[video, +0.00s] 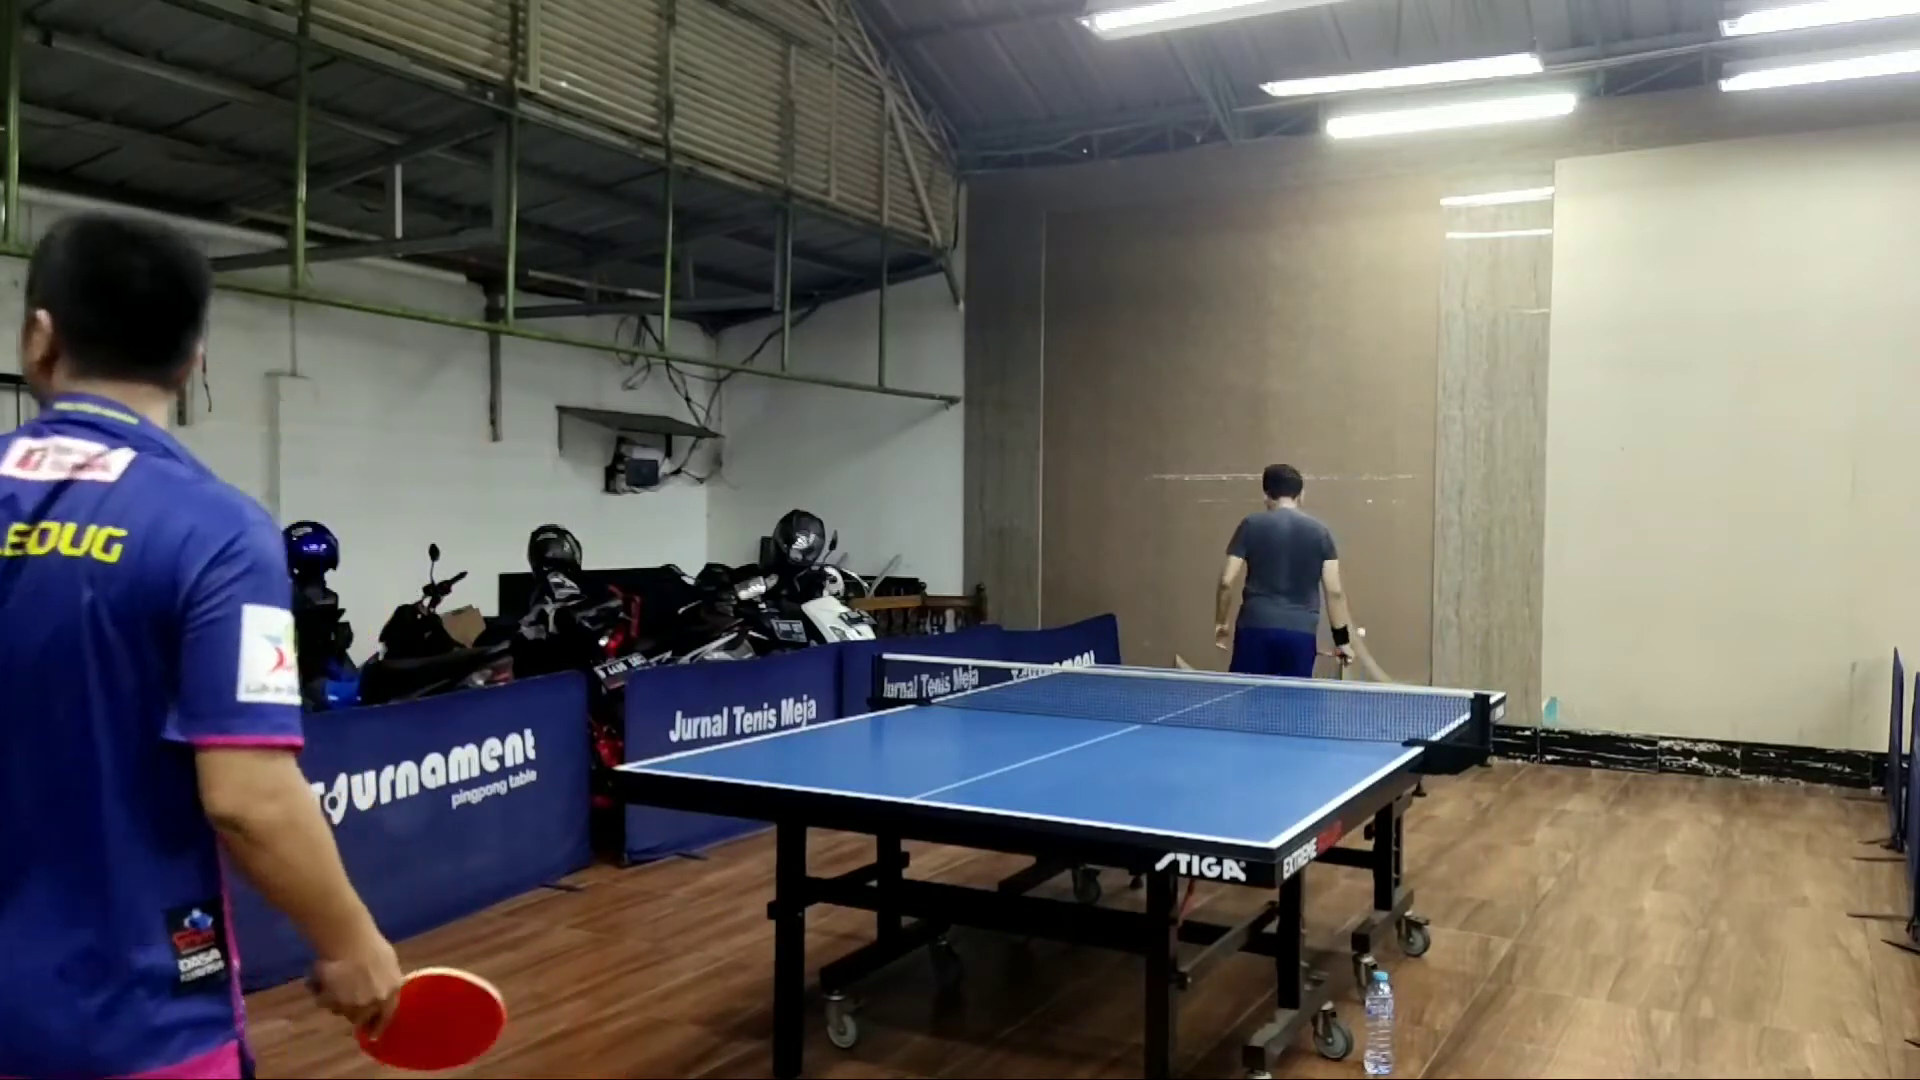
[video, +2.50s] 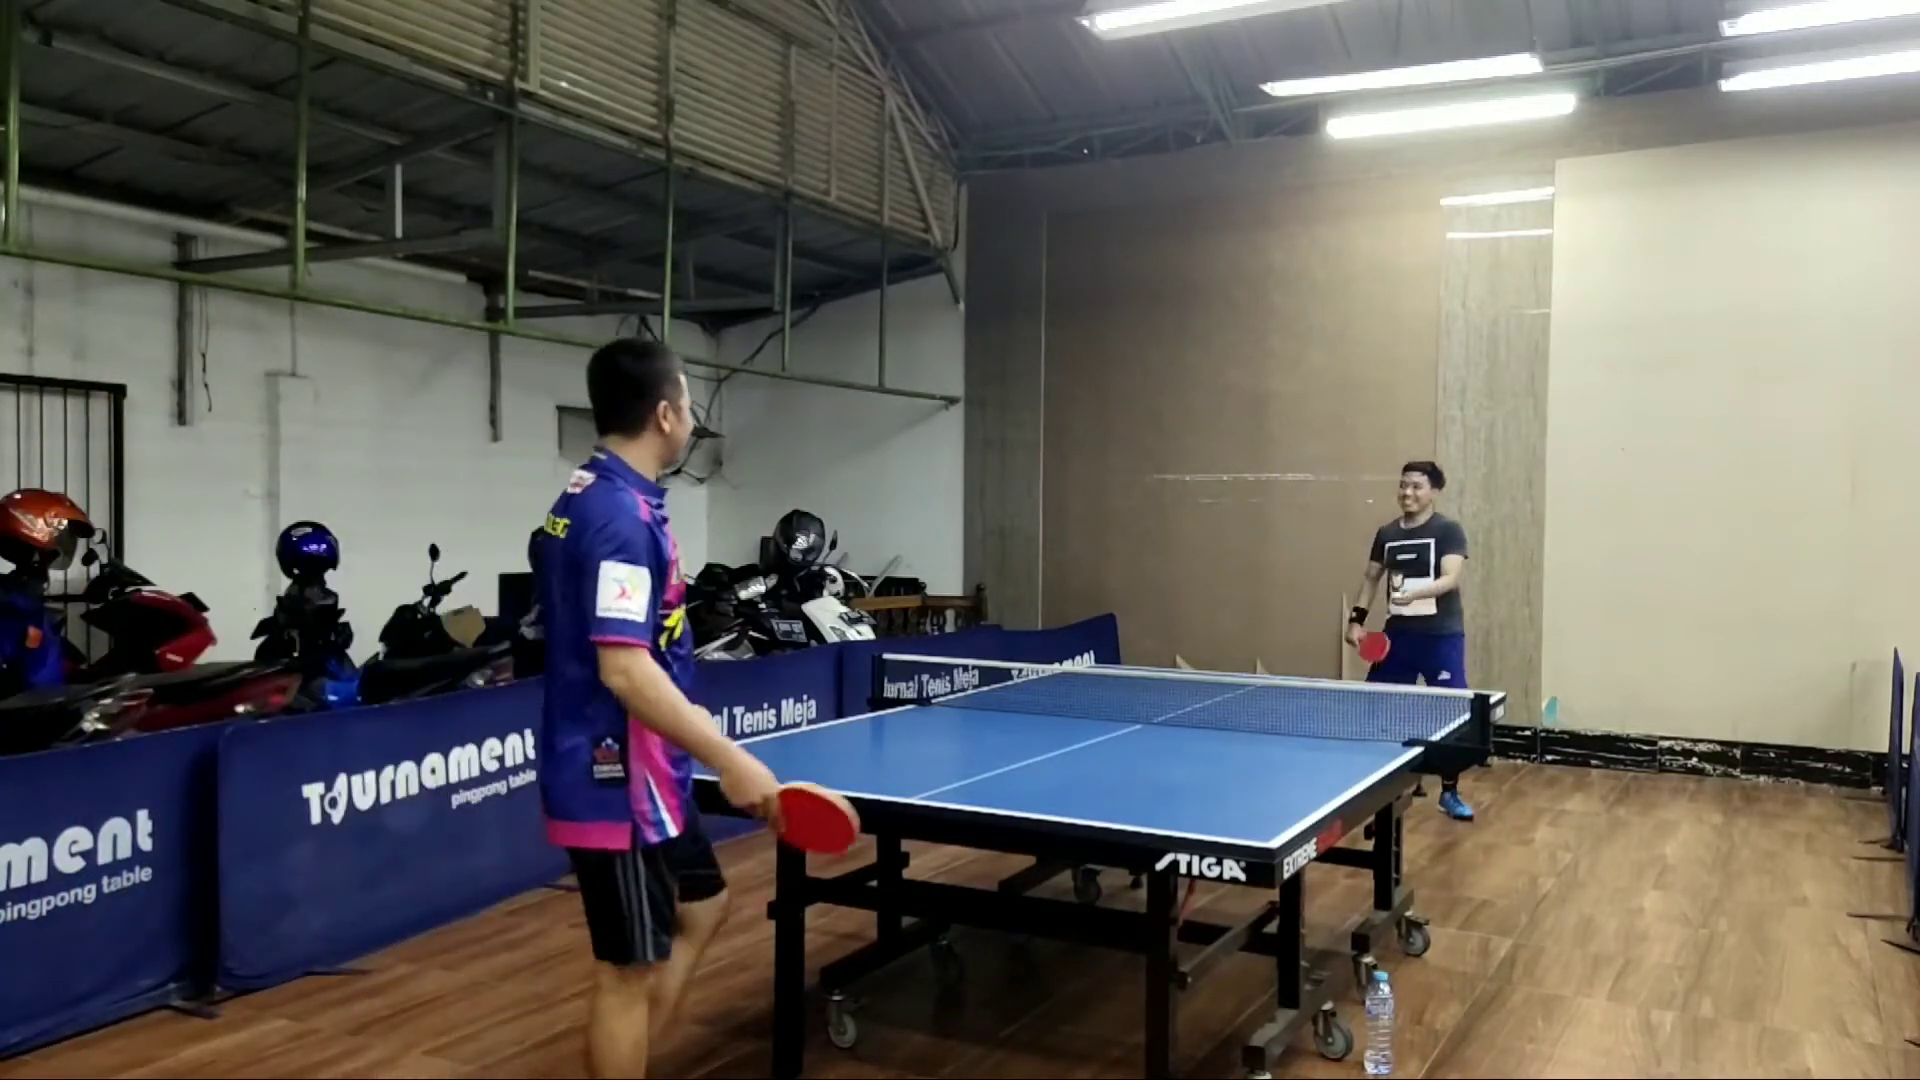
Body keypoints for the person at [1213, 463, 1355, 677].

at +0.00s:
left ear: (1268, 496)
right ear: (1300, 496)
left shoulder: (1252, 525)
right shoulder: (1319, 532)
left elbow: (1226, 582)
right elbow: (1334, 592)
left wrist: (1222, 622)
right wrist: (1343, 641)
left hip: (1255, 634)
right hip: (1299, 638)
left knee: (1242, 706)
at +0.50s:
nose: (1314, 500)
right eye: (1314, 495)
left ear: (1283, 489)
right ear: (1311, 496)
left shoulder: (1253, 518)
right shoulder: (1314, 530)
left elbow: (1233, 565)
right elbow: (1323, 589)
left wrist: (1248, 592)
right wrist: (1332, 637)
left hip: (1246, 622)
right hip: (1287, 627)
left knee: (1235, 695)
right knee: (1289, 700)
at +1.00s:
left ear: (1253, 546)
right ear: (1279, 537)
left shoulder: (1244, 562)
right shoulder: (1300, 545)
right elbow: (1324, 577)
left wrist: (1238, 675)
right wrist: (1338, 620)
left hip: (1254, 627)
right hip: (1293, 622)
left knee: (1264, 688)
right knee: (1315, 687)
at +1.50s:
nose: (1233, 546)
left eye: (1233, 538)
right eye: (1231, 539)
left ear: (1248, 534)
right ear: (1266, 530)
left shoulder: (1246, 559)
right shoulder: (1301, 544)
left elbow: (1228, 610)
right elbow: (1338, 584)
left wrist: (1222, 617)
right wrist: (1343, 630)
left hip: (1291, 624)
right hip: (1330, 622)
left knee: (1269, 691)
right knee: (1316, 692)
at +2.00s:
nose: (1311, 495)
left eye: (1320, 489)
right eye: (1310, 488)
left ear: (1340, 493)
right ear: (1307, 489)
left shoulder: (1348, 525)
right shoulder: (1322, 526)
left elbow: (1353, 577)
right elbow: (1323, 576)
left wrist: (1342, 623)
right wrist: (1303, 613)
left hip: (1361, 616)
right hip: (1339, 614)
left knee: (1336, 682)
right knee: (1333, 679)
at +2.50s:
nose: (1407, 492)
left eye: (1416, 486)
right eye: (1403, 486)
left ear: (1434, 492)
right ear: (1398, 491)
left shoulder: (1449, 531)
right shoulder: (1388, 534)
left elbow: (1451, 579)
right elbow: (1371, 579)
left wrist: (1415, 592)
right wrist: (1357, 619)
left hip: (1442, 640)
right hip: (1398, 639)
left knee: (1452, 711)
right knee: (1377, 707)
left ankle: (1449, 791)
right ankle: (1387, 785)